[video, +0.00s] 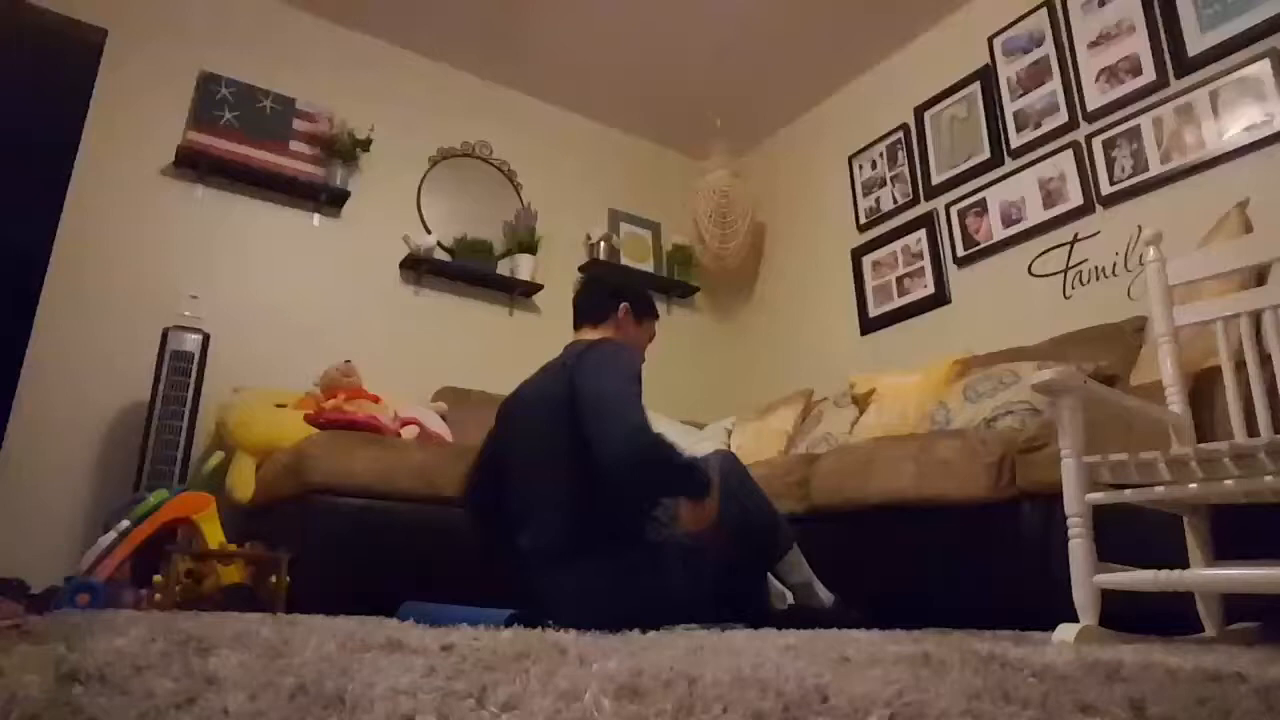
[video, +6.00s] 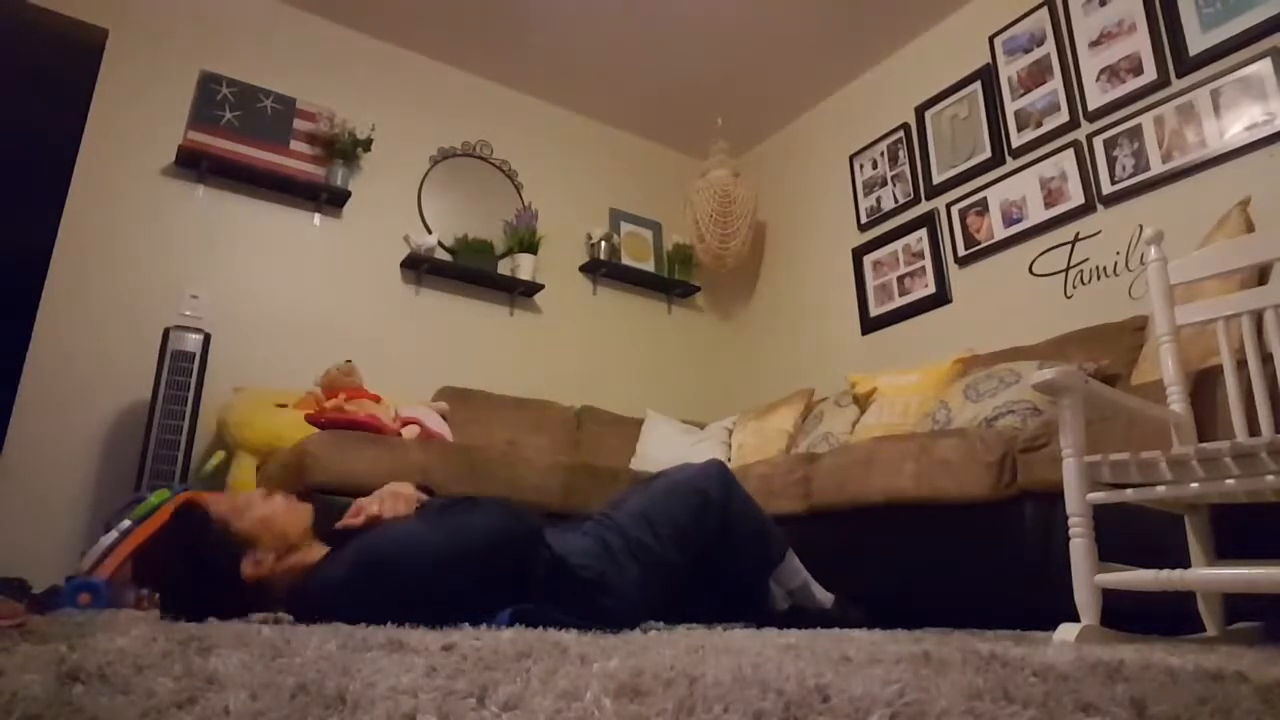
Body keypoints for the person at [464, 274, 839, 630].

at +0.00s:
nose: (647, 353)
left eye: (652, 341)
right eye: (649, 338)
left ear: (580, 323)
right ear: (622, 318)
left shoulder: (529, 391)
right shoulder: (606, 358)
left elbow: (480, 493)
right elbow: (626, 450)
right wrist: (695, 482)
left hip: (541, 585)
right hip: (592, 586)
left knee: (720, 467)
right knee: (740, 568)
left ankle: (811, 592)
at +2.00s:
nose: (683, 381)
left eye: (688, 372)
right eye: (685, 368)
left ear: (623, 340)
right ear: (663, 341)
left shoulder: (569, 388)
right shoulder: (660, 384)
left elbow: (542, 480)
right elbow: (672, 506)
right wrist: (682, 583)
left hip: (567, 600)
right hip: (629, 601)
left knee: (717, 468)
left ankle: (808, 590)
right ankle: (769, 613)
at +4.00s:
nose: (271, 512)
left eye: (250, 510)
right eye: (251, 521)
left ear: (266, 577)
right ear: (261, 583)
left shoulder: (332, 575)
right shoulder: (368, 576)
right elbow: (510, 513)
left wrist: (402, 506)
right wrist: (413, 503)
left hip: (570, 562)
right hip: (594, 582)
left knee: (684, 481)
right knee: (704, 480)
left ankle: (790, 604)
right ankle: (802, 605)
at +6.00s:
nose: (266, 487)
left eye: (247, 491)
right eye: (249, 502)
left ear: (264, 552)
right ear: (257, 559)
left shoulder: (322, 562)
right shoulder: (355, 576)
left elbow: (486, 522)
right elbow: (511, 529)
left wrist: (412, 511)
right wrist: (417, 509)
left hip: (555, 564)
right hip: (575, 583)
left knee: (697, 504)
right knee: (708, 484)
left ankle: (785, 622)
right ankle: (817, 610)